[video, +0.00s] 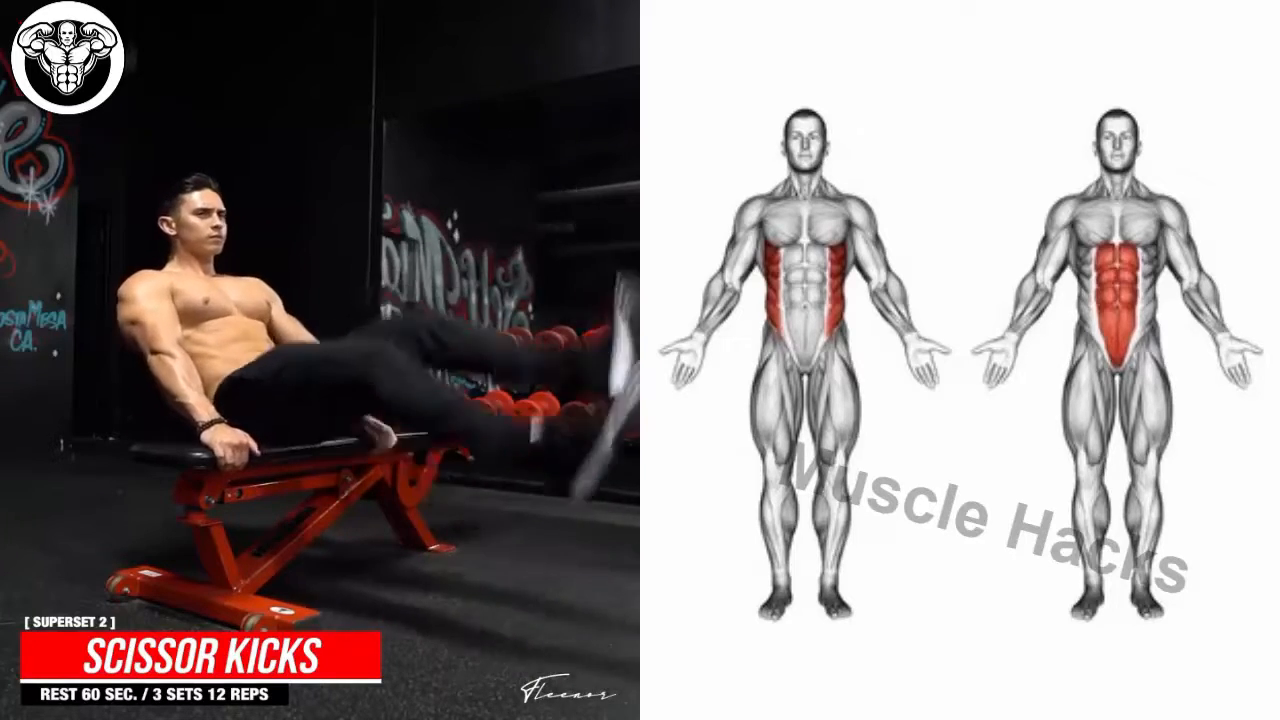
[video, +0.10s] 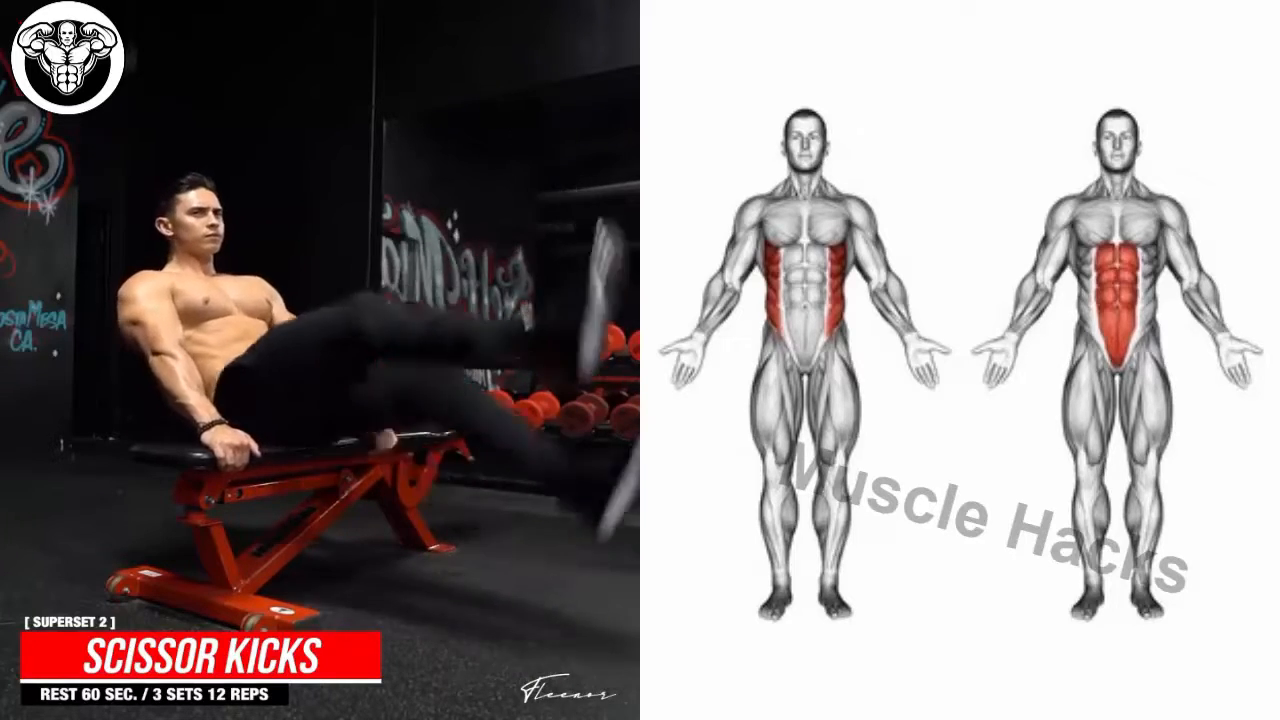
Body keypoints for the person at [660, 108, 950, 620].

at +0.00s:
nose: (805, 145)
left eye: (812, 138)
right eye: (797, 138)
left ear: (825, 145)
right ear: (785, 145)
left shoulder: (851, 211)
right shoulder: (758, 211)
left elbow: (881, 281)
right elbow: (729, 281)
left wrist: (909, 336)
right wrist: (700, 336)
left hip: (832, 356)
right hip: (777, 355)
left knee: (834, 467)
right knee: (777, 469)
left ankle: (829, 584)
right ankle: (780, 585)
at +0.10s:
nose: (805, 145)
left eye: (812, 138)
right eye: (797, 138)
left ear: (825, 145)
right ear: (785, 145)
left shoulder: (851, 211)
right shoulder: (758, 211)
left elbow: (881, 281)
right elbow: (729, 281)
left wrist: (910, 336)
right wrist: (700, 336)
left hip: (832, 356)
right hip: (777, 355)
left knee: (834, 467)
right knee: (777, 468)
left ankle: (830, 584)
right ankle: (780, 585)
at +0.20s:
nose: (805, 145)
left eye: (812, 138)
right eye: (797, 138)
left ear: (825, 145)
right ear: (785, 145)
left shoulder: (851, 211)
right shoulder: (758, 211)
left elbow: (881, 281)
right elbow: (729, 281)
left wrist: (909, 336)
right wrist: (700, 336)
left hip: (832, 356)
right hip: (777, 356)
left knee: (834, 467)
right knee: (776, 469)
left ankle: (830, 584)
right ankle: (780, 585)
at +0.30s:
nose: (805, 145)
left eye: (812, 138)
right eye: (797, 138)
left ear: (825, 145)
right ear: (785, 145)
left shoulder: (851, 211)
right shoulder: (758, 211)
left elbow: (881, 281)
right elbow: (729, 281)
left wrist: (909, 336)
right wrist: (700, 336)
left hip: (832, 356)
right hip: (777, 356)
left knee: (834, 467)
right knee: (776, 469)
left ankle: (830, 584)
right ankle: (780, 585)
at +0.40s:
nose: (805, 145)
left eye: (812, 138)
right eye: (797, 138)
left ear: (825, 145)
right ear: (785, 145)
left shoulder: (851, 211)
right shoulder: (758, 211)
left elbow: (881, 281)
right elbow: (729, 281)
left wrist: (909, 336)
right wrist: (700, 336)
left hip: (832, 356)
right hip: (777, 356)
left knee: (834, 467)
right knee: (776, 469)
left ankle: (830, 584)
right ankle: (780, 585)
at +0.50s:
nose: (805, 145)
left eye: (812, 138)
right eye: (797, 138)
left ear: (825, 145)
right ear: (785, 146)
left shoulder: (851, 211)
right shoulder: (758, 211)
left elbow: (881, 281)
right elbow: (729, 281)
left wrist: (910, 336)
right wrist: (700, 336)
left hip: (832, 356)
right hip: (777, 355)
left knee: (834, 467)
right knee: (777, 469)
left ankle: (829, 584)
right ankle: (780, 585)